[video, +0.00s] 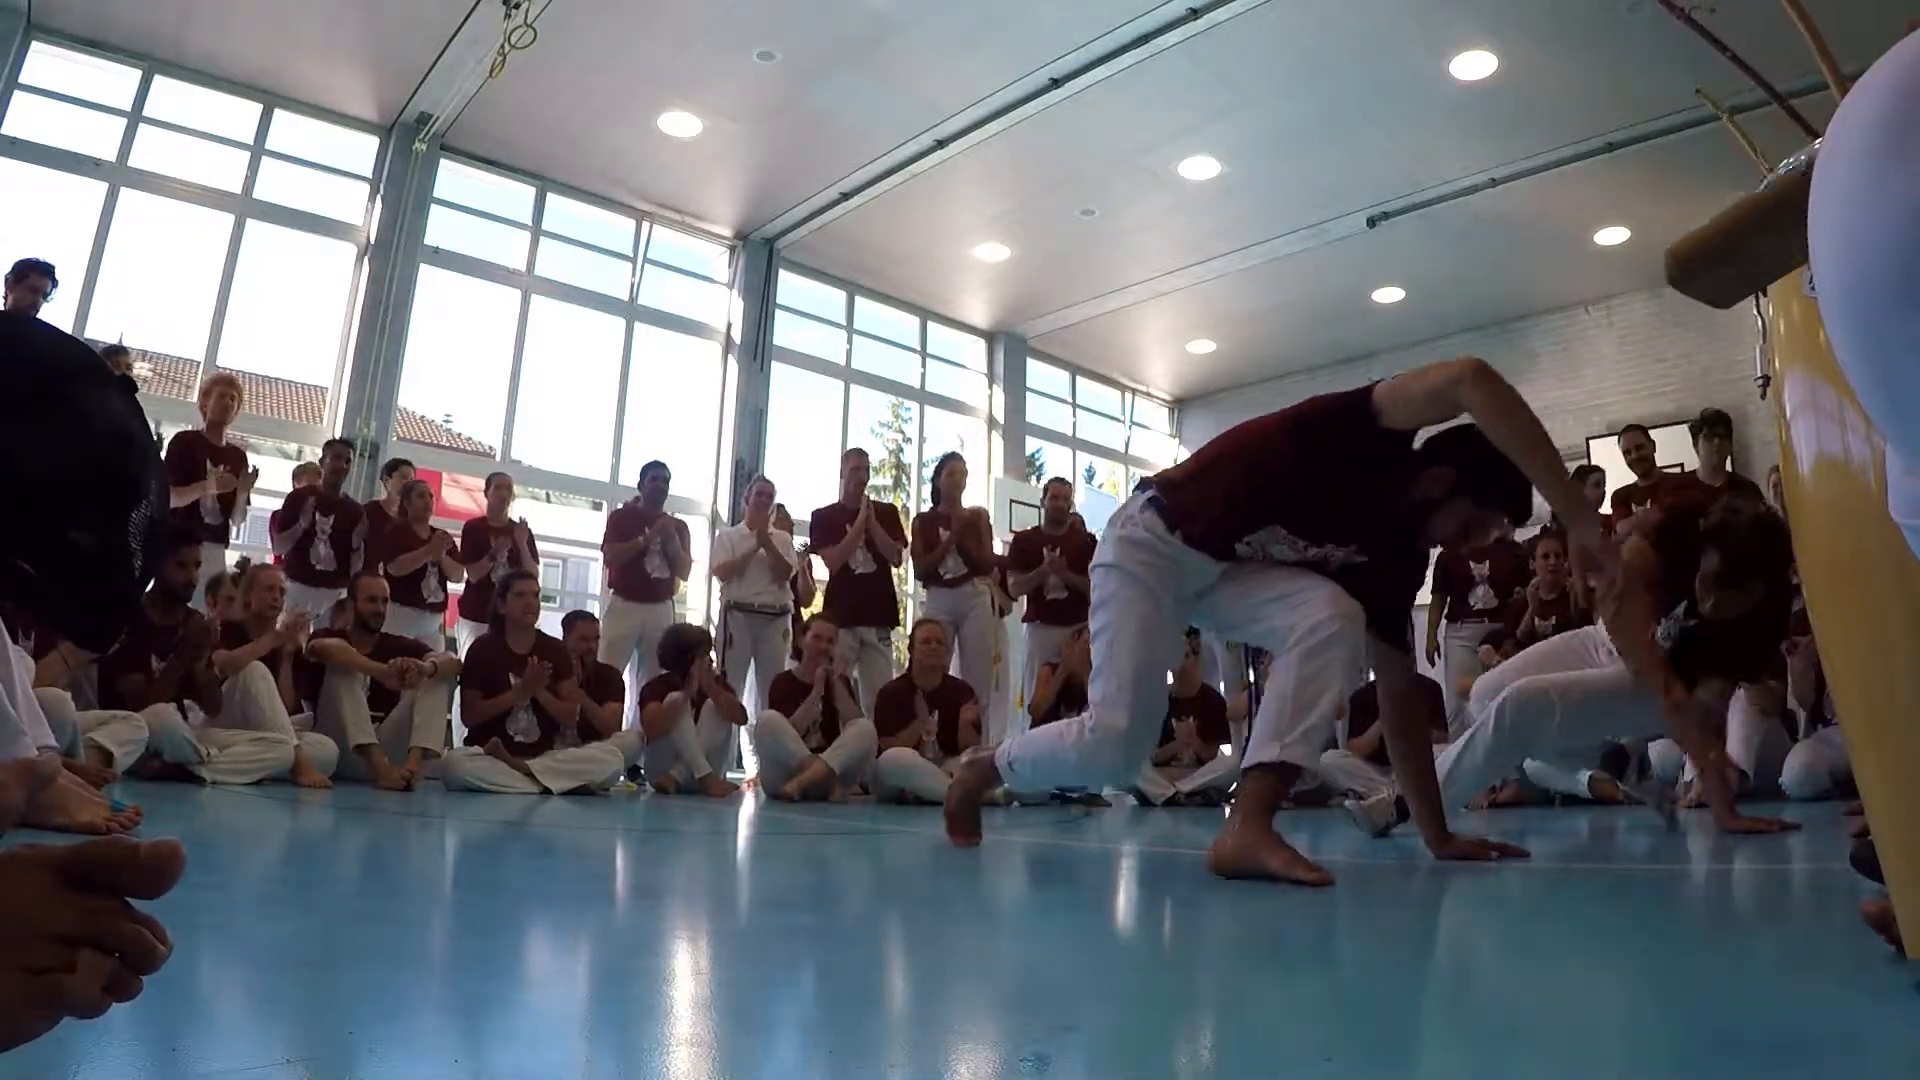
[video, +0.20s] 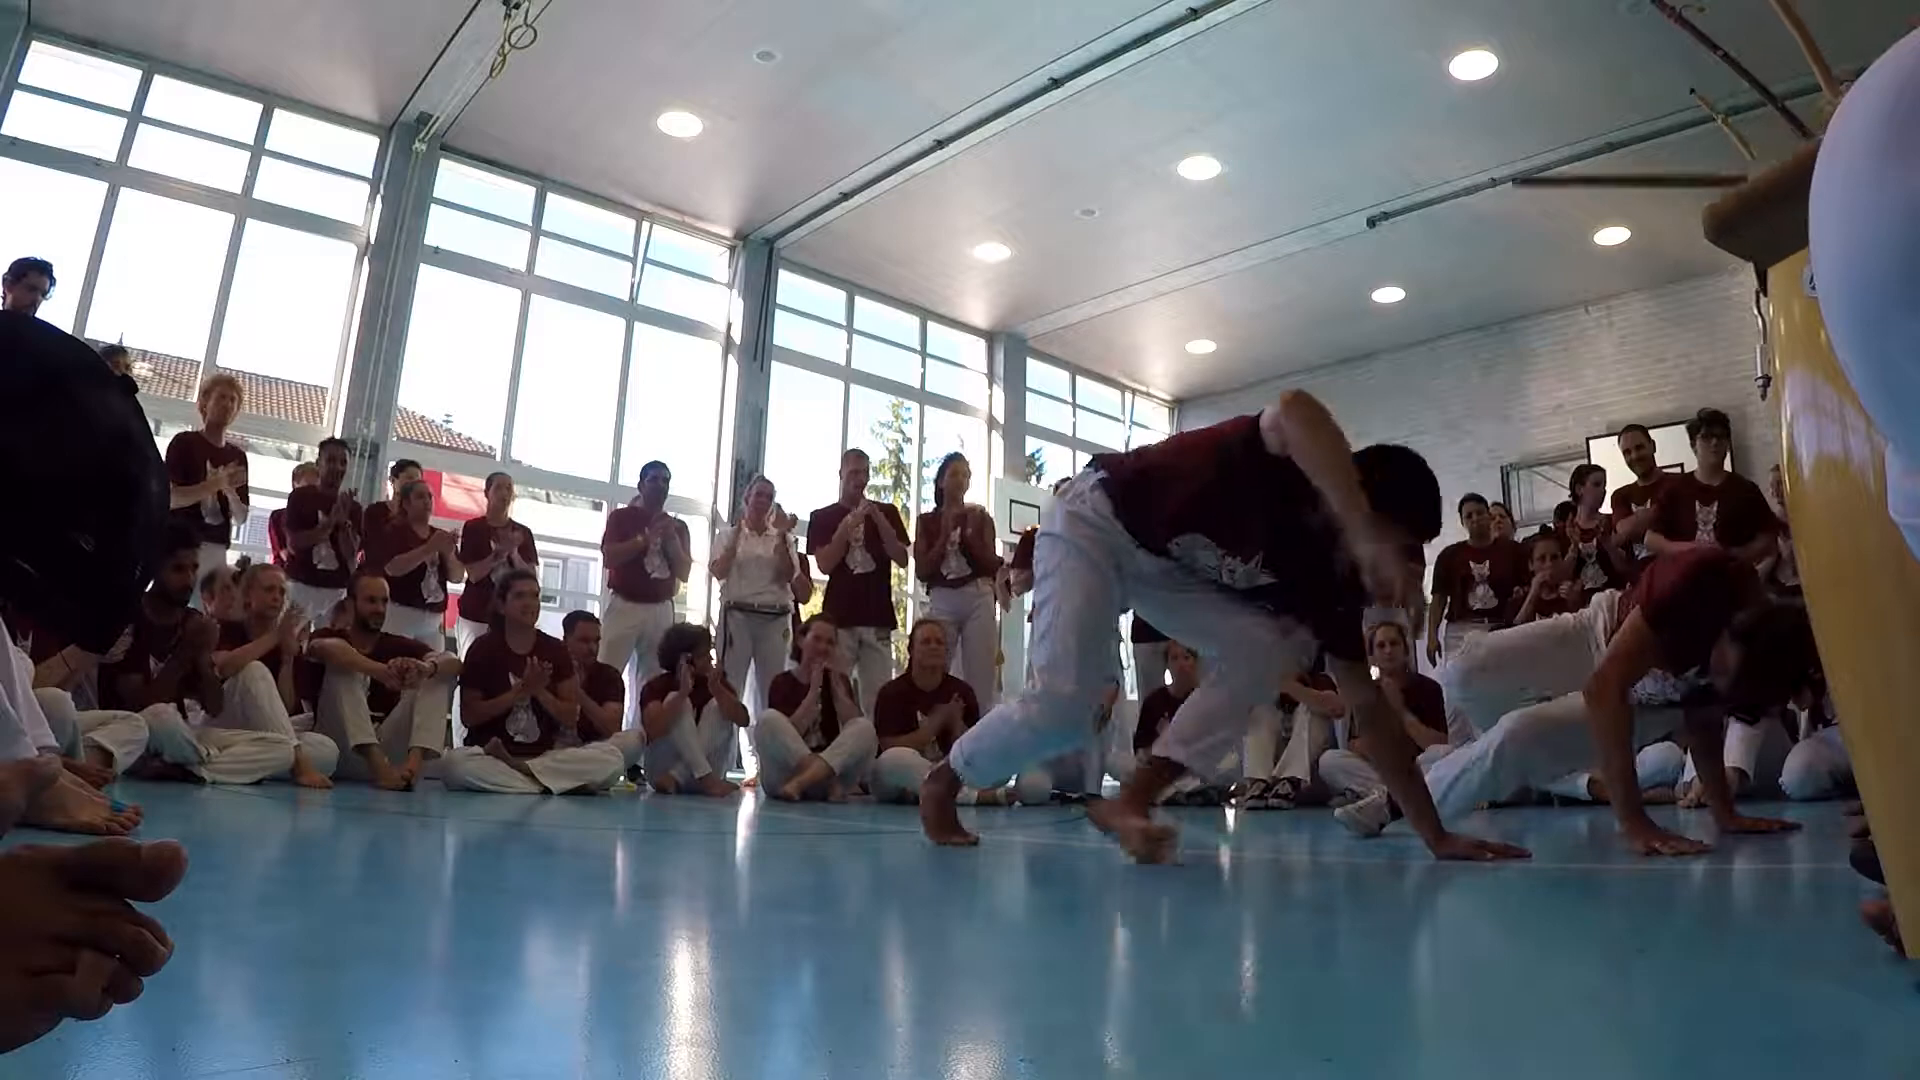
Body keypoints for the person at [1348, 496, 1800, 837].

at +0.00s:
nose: (1714, 599)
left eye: (1731, 591)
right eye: (1712, 582)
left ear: (1759, 585)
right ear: (1706, 552)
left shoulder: (1756, 613)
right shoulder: (1675, 528)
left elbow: (1703, 710)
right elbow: (1623, 607)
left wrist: (1724, 812)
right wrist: (1665, 687)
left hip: (1662, 684)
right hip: (1610, 639)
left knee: (1516, 707)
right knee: (1483, 692)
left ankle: (1407, 803)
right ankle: (1585, 784)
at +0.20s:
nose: (1729, 700)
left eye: (1742, 700)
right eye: (1731, 685)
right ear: (1735, 642)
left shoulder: (1753, 639)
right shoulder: (1695, 582)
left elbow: (1705, 718)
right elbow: (1602, 689)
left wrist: (1726, 815)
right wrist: (1634, 822)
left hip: (1651, 689)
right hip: (1603, 629)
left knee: (1515, 734)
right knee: (1462, 670)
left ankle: (1398, 801)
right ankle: (1478, 751)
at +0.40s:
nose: (1729, 764)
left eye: (1739, 768)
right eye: (1734, 755)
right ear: (1749, 711)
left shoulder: (1773, 682)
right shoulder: (1717, 632)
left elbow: (1709, 728)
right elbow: (1591, 704)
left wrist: (1727, 813)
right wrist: (1628, 827)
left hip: (1653, 686)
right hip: (1623, 613)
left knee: (1514, 765)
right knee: (1470, 626)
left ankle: (1386, 793)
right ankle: (1388, 671)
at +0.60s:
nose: (1711, 793)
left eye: (1720, 802)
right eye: (1722, 789)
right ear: (1754, 751)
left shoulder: (1811, 728)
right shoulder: (1727, 669)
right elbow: (1591, 704)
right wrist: (1630, 830)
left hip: (1654, 653)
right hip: (1686, 580)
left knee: (1520, 705)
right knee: (1539, 521)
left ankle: (1370, 733)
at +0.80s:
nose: (1718, 797)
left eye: (1722, 808)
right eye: (1731, 798)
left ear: (1772, 764)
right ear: (1760, 768)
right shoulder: (1735, 676)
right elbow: (1596, 706)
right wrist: (1632, 830)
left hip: (1676, 634)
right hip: (1716, 571)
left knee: (1534, 602)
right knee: (1567, 481)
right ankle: (1450, 405)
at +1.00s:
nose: (1717, 799)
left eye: (1723, 811)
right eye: (1730, 798)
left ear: (1777, 766)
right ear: (1761, 767)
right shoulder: (1759, 685)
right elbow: (1606, 701)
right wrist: (1632, 829)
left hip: (1669, 610)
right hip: (1706, 549)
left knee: (1563, 517)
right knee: (1581, 440)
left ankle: (1428, 397)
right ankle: (1451, 334)